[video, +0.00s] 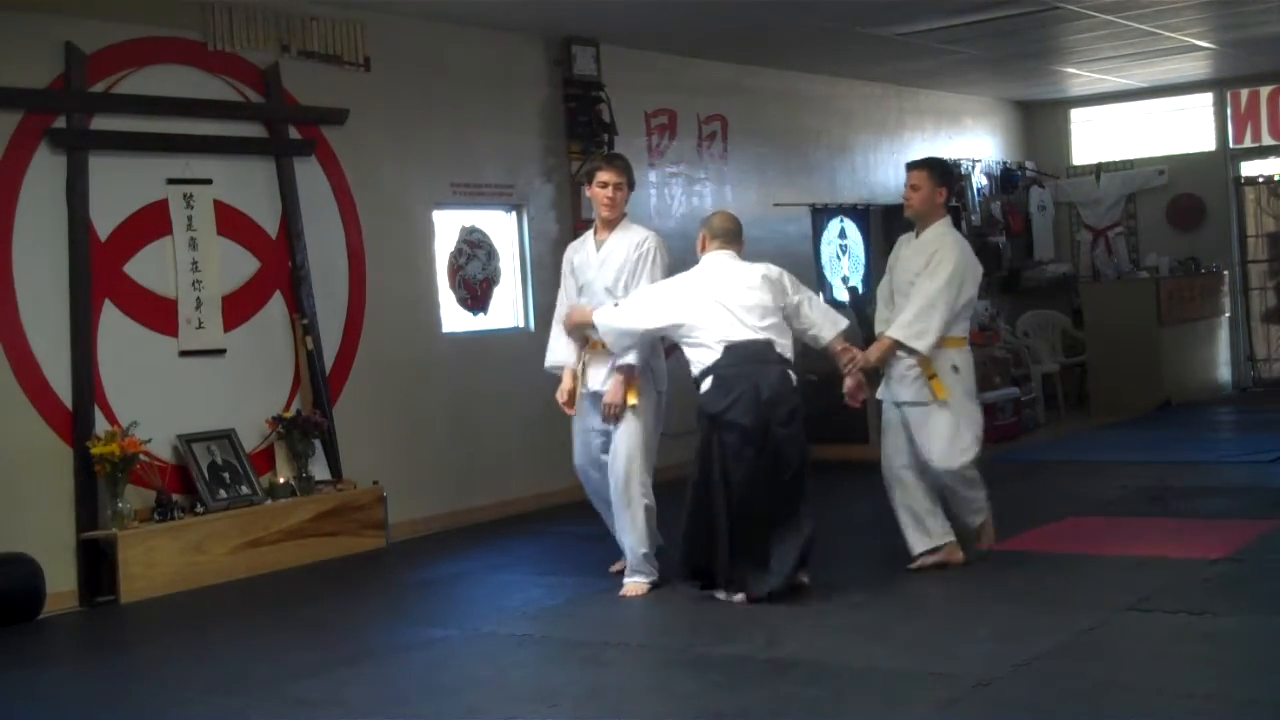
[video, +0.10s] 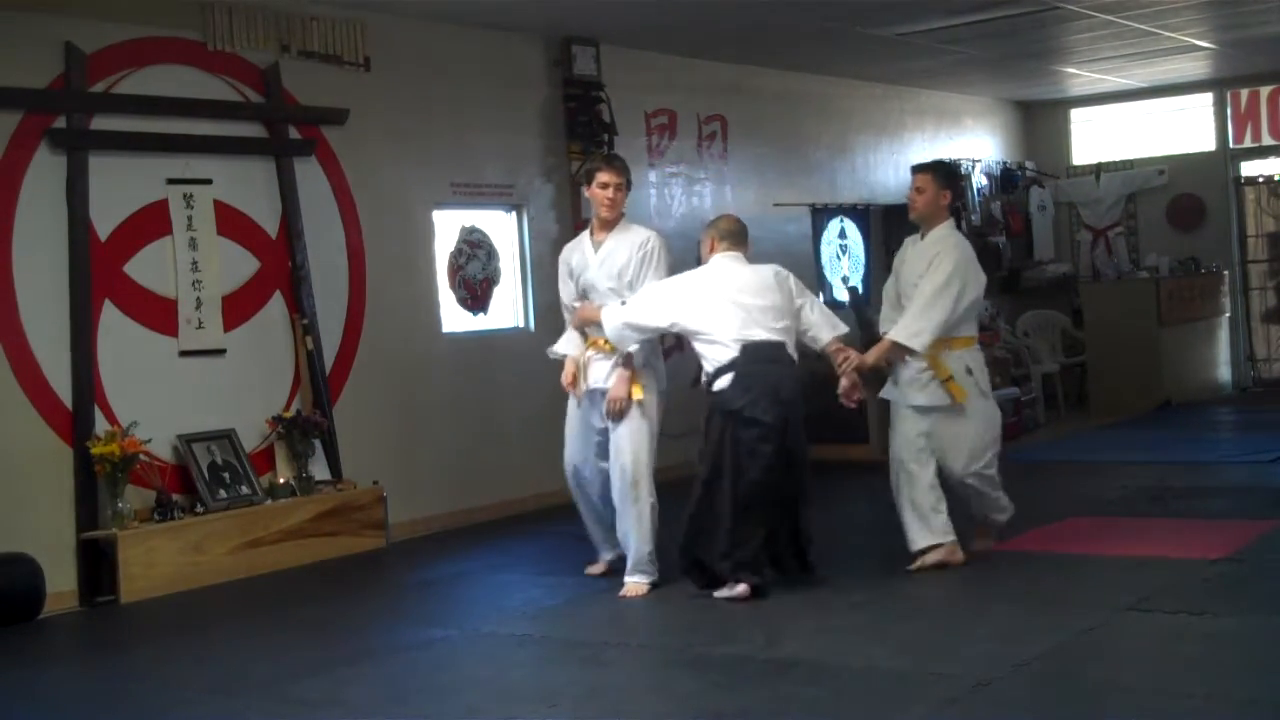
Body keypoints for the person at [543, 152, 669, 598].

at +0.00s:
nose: (610, 194)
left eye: (619, 187)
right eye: (602, 186)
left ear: (629, 193)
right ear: (589, 190)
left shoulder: (645, 243)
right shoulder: (575, 250)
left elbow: (646, 316)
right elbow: (567, 314)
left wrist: (623, 375)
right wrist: (569, 372)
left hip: (635, 370)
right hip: (590, 369)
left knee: (628, 467)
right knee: (588, 463)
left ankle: (640, 567)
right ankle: (632, 544)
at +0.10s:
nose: (611, 195)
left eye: (619, 188)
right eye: (603, 187)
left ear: (627, 194)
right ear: (587, 191)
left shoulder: (646, 242)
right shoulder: (571, 252)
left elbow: (649, 314)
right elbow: (574, 314)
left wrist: (626, 371)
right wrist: (572, 356)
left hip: (635, 366)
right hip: (589, 365)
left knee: (631, 468)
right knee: (580, 463)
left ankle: (640, 568)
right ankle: (610, 548)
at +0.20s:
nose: (614, 197)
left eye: (621, 190)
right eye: (605, 189)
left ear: (627, 195)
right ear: (586, 194)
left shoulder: (648, 244)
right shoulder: (569, 255)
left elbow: (658, 316)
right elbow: (577, 316)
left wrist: (635, 371)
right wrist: (569, 347)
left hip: (637, 367)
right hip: (588, 369)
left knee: (635, 469)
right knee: (579, 470)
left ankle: (639, 568)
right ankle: (596, 555)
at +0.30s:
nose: (621, 200)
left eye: (626, 192)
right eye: (612, 192)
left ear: (631, 196)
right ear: (592, 198)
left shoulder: (655, 244)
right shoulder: (574, 257)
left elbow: (670, 313)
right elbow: (582, 318)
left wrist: (649, 368)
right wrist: (574, 353)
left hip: (648, 363)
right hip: (598, 365)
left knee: (645, 464)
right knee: (592, 466)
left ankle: (647, 562)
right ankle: (603, 556)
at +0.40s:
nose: (637, 202)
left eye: (641, 194)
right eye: (628, 194)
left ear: (646, 199)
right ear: (607, 201)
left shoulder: (671, 246)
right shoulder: (590, 259)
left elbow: (689, 313)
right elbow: (596, 319)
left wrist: (669, 367)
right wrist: (589, 356)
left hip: (663, 362)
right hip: (611, 365)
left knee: (654, 453)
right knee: (601, 463)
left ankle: (680, 543)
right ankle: (602, 557)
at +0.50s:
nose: (659, 204)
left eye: (663, 197)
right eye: (651, 197)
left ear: (669, 202)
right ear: (631, 203)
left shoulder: (694, 250)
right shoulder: (611, 261)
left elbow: (711, 313)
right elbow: (614, 322)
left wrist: (697, 367)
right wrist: (610, 361)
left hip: (679, 370)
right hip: (629, 370)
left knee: (678, 463)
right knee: (611, 465)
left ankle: (692, 543)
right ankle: (603, 555)